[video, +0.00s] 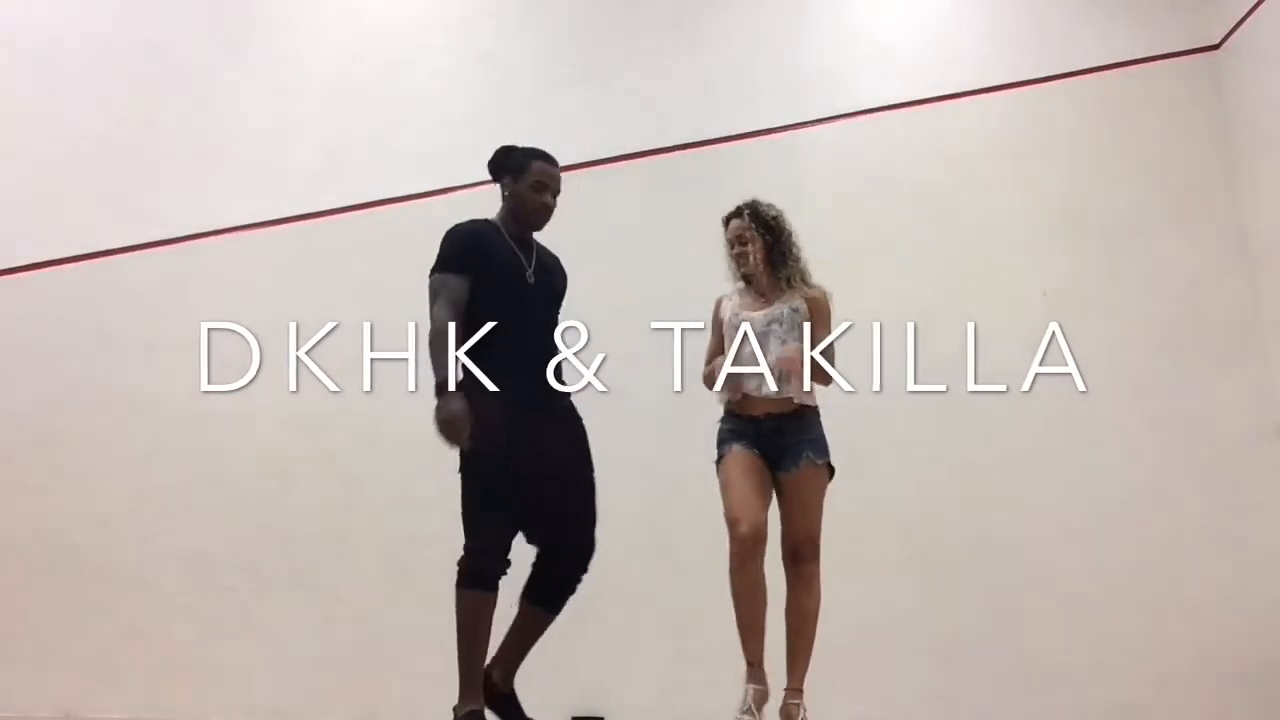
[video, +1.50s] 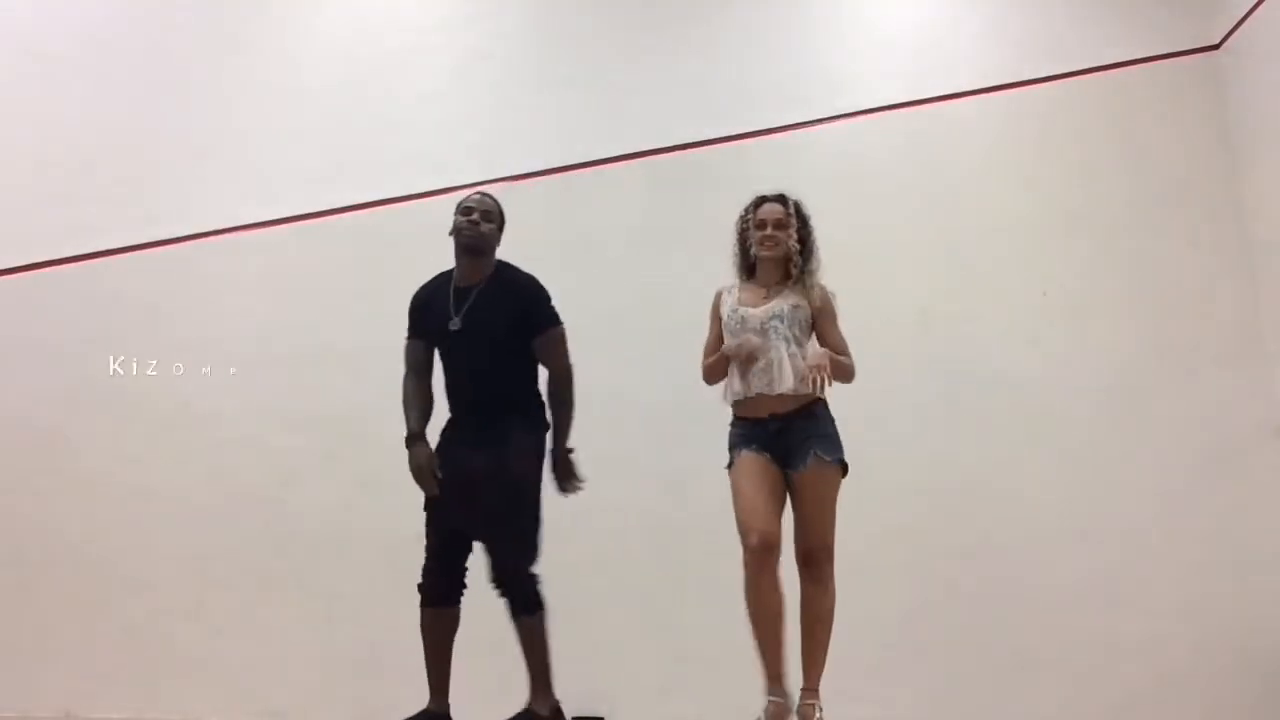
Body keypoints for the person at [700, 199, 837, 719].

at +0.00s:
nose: (740, 250)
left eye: (747, 240)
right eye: (734, 243)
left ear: (771, 240)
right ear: (729, 250)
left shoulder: (810, 300)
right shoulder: (726, 305)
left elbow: (827, 375)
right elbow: (708, 376)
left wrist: (801, 365)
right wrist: (727, 369)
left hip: (798, 430)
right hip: (740, 431)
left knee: (801, 556)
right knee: (745, 533)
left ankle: (794, 695)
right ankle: (755, 678)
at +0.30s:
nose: (734, 247)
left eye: (740, 236)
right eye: (726, 241)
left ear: (764, 233)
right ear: (722, 249)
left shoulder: (810, 286)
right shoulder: (725, 300)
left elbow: (841, 353)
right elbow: (718, 369)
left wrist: (803, 332)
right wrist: (717, 401)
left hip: (789, 428)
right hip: (728, 425)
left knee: (790, 556)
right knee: (720, 550)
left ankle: (793, 693)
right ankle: (707, 683)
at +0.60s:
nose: (721, 246)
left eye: (727, 235)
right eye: (712, 240)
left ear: (750, 233)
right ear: (706, 248)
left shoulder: (793, 294)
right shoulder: (706, 299)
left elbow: (821, 359)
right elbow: (687, 368)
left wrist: (798, 344)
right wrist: (700, 371)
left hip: (767, 433)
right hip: (707, 428)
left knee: (777, 554)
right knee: (703, 551)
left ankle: (777, 694)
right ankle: (705, 691)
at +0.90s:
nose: (728, 234)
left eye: (737, 224)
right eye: (719, 226)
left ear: (756, 228)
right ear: (710, 234)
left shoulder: (781, 290)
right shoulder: (697, 290)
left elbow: (799, 355)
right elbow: (683, 366)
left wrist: (794, 366)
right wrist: (708, 336)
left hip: (767, 427)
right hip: (707, 424)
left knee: (786, 543)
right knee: (704, 552)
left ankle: (774, 682)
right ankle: (703, 689)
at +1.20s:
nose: (753, 229)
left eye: (762, 221)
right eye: (743, 221)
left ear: (777, 230)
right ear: (729, 230)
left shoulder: (795, 292)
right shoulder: (710, 288)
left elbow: (807, 360)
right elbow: (682, 356)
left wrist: (807, 371)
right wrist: (724, 324)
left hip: (794, 426)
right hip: (733, 425)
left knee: (801, 556)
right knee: (728, 553)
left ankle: (806, 694)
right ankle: (711, 690)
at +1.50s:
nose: (770, 233)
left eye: (780, 226)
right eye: (761, 226)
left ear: (797, 236)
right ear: (747, 236)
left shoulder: (814, 296)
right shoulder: (727, 299)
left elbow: (847, 371)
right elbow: (709, 374)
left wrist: (824, 358)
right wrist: (734, 352)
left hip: (810, 428)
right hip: (751, 433)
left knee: (815, 559)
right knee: (759, 546)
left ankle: (811, 694)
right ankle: (775, 691)